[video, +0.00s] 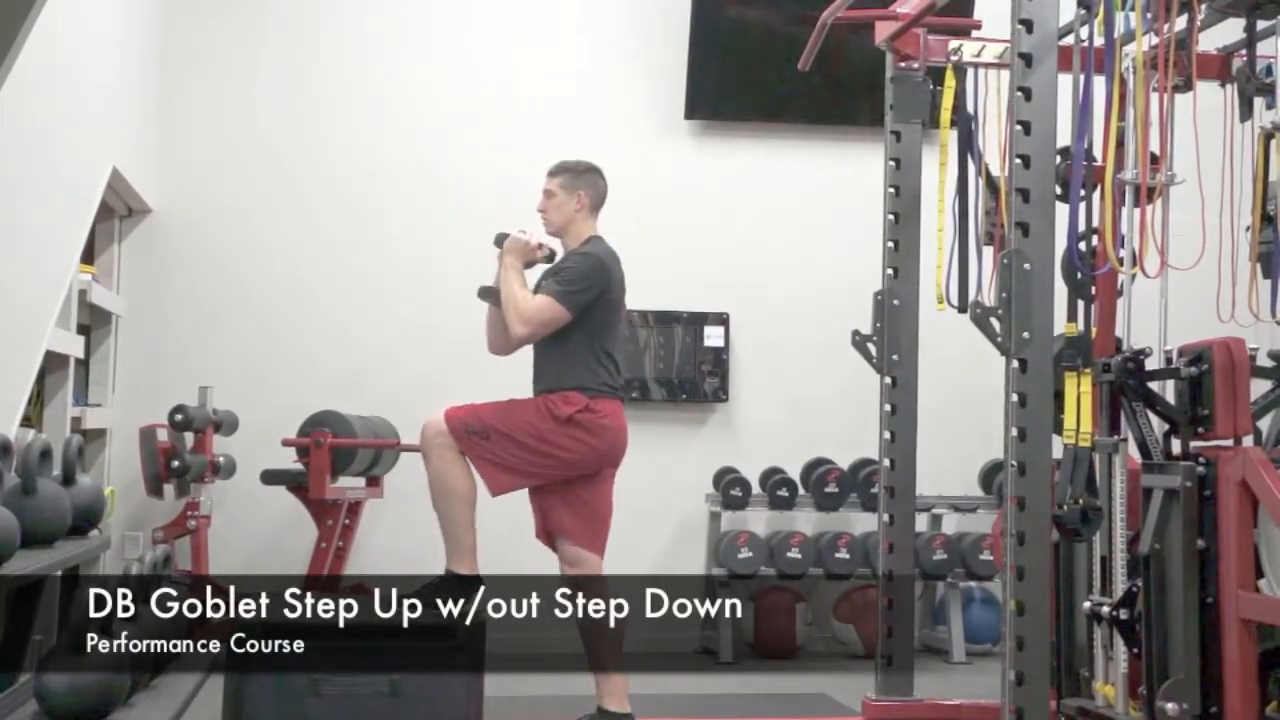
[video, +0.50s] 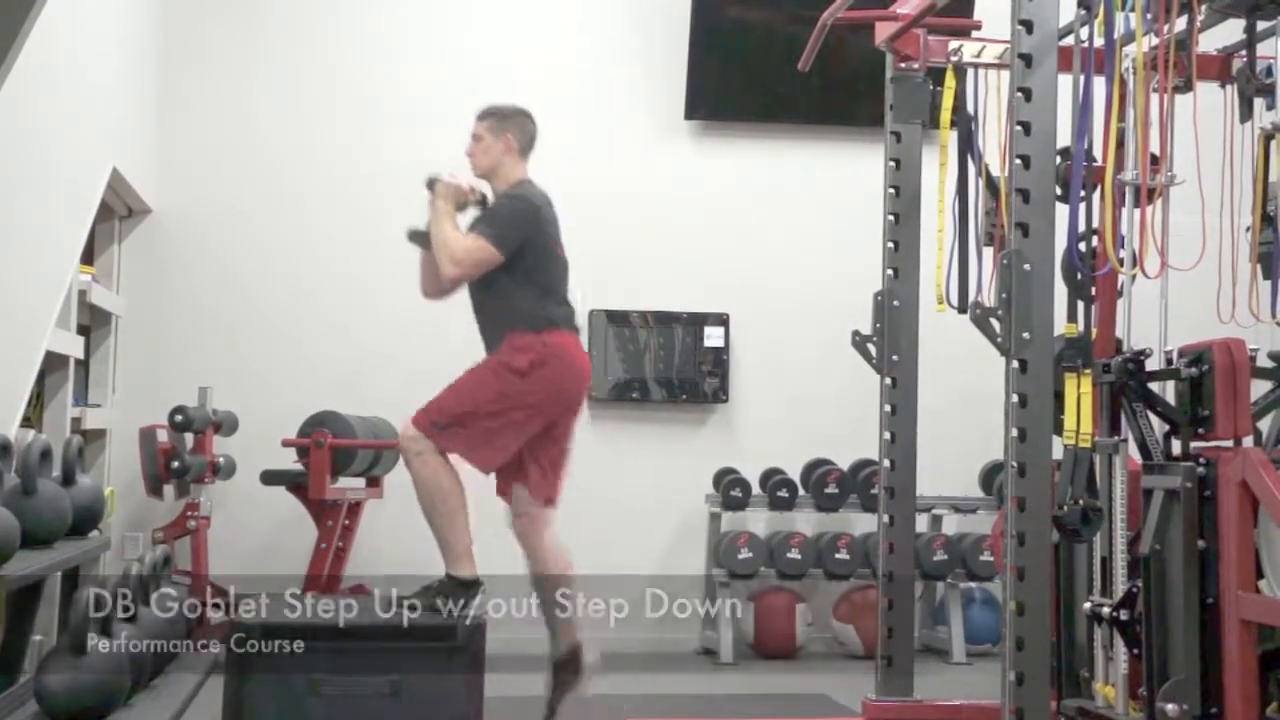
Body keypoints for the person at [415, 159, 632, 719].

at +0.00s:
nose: (540, 204)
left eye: (550, 195)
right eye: (542, 194)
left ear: (581, 201)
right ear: (574, 203)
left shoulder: (595, 261)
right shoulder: (569, 267)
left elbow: (525, 323)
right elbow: (502, 342)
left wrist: (510, 262)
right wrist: (506, 275)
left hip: (580, 416)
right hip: (585, 420)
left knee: (440, 434)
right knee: (581, 562)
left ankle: (462, 578)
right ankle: (615, 707)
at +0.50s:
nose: (468, 150)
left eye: (477, 140)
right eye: (470, 140)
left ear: (509, 144)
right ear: (508, 144)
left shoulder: (522, 203)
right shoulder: (505, 209)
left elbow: (455, 263)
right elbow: (433, 286)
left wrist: (443, 202)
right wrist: (439, 219)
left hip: (537, 358)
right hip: (559, 363)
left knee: (420, 438)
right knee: (529, 517)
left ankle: (461, 580)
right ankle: (569, 648)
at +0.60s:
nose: (461, 112)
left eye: (470, 102)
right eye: (463, 102)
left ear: (503, 106)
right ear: (501, 106)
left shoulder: (517, 165)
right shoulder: (501, 171)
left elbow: (449, 232)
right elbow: (431, 252)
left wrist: (435, 165)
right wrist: (431, 183)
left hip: (531, 321)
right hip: (536, 324)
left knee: (431, 437)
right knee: (469, 468)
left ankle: (462, 581)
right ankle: (542, 588)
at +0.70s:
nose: (461, 80)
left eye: (470, 70)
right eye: (463, 70)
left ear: (502, 74)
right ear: (499, 75)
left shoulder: (517, 134)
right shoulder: (495, 141)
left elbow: (449, 200)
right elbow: (437, 225)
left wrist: (435, 138)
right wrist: (430, 164)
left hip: (529, 296)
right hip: (505, 295)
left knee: (451, 426)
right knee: (414, 400)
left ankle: (466, 578)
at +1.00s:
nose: (464, 65)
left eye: (472, 53)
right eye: (467, 54)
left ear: (503, 53)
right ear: (507, 54)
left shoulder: (515, 112)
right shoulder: (503, 113)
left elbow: (439, 178)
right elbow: (461, 189)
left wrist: (439, 116)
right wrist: (443, 141)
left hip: (504, 284)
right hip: (473, 264)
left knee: (462, 436)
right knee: (378, 212)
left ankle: (466, 582)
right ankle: (365, 343)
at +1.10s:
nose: (466, 65)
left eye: (473, 53)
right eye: (468, 54)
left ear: (505, 55)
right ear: (506, 57)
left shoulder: (517, 114)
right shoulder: (496, 119)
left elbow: (444, 179)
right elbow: (437, 206)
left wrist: (439, 115)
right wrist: (439, 138)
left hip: (506, 284)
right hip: (474, 268)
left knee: (462, 435)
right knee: (366, 243)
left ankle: (466, 581)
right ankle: (387, 381)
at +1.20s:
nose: (467, 64)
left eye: (476, 53)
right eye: (469, 53)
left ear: (509, 55)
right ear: (507, 55)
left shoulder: (522, 114)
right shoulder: (499, 120)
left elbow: (448, 177)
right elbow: (439, 209)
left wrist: (439, 117)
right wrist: (439, 139)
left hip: (508, 287)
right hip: (470, 280)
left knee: (462, 434)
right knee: (368, 316)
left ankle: (466, 580)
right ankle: (436, 439)